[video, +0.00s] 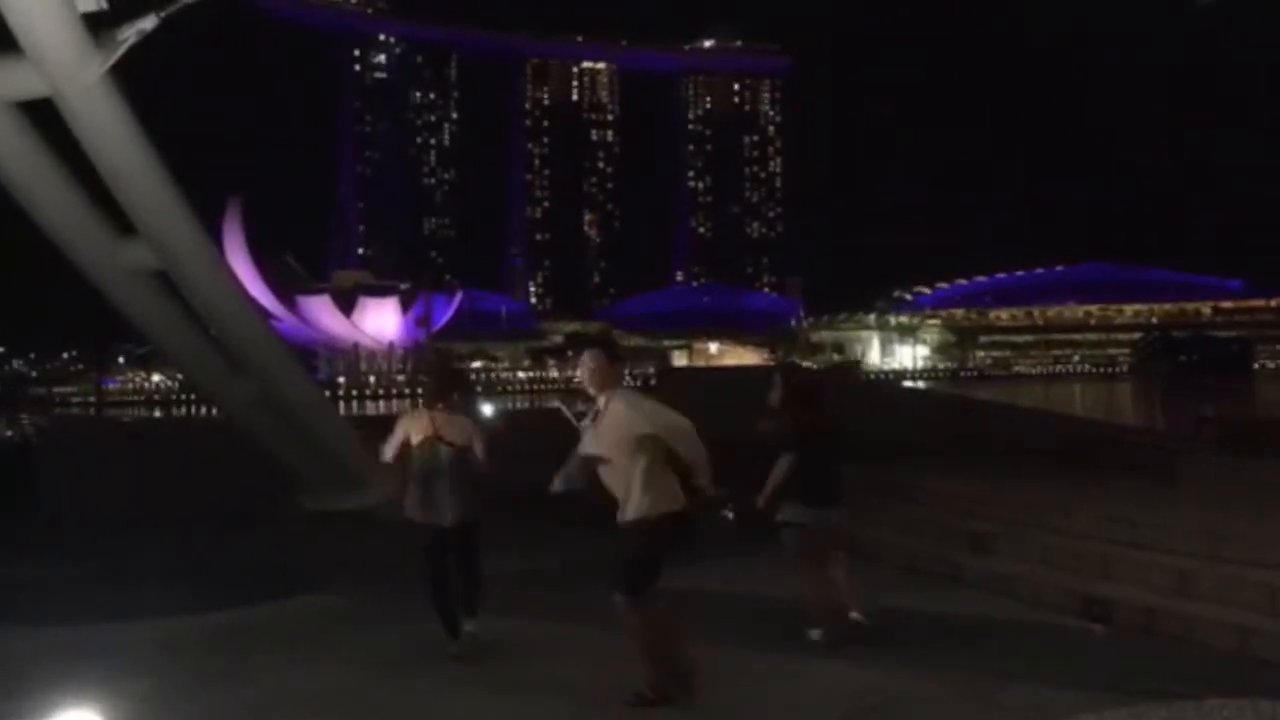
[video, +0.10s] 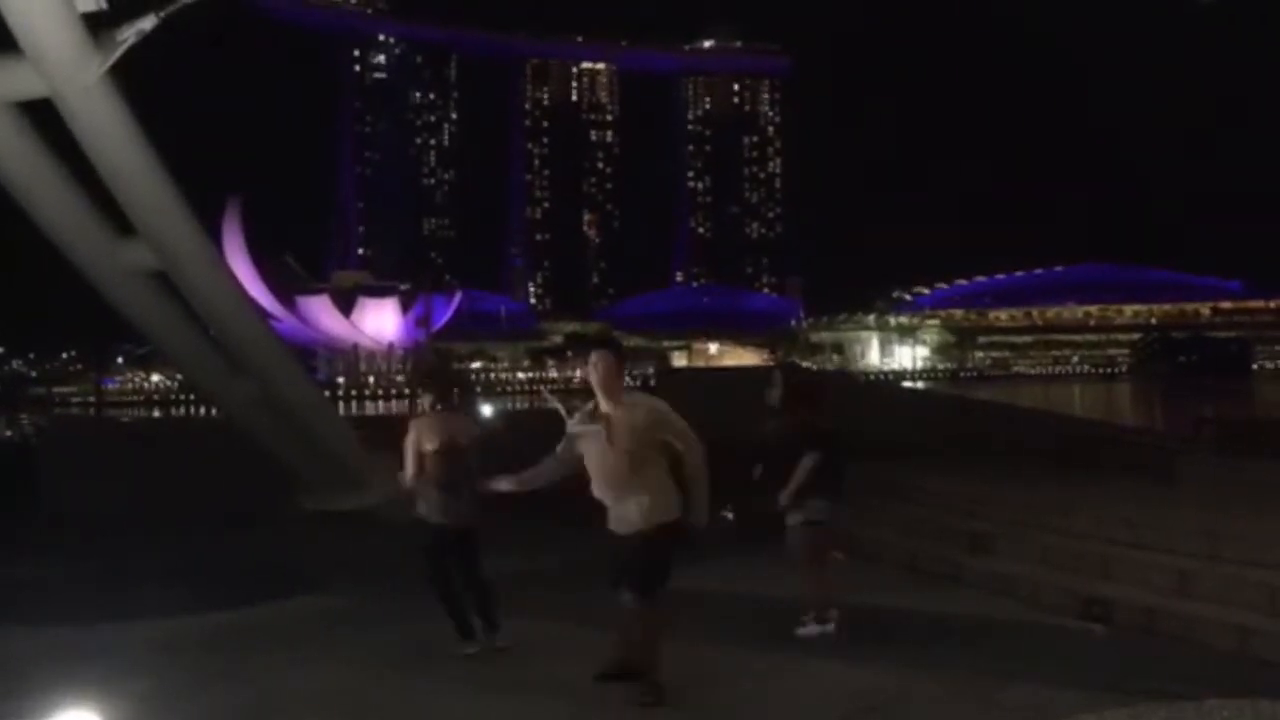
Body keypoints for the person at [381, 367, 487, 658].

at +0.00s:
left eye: (429, 395)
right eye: (449, 396)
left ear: (424, 395)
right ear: (454, 395)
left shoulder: (410, 422)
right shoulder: (465, 425)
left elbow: (388, 455)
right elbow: (480, 462)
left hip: (422, 515)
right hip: (459, 514)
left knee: (435, 572)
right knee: (464, 564)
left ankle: (451, 632)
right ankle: (469, 616)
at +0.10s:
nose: (420, 401)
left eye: (422, 396)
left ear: (425, 396)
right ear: (453, 394)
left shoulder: (419, 427)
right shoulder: (467, 424)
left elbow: (410, 476)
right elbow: (478, 468)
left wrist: (401, 478)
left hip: (434, 517)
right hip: (468, 514)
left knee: (442, 578)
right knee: (473, 571)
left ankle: (467, 637)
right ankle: (492, 630)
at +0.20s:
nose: (412, 412)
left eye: (416, 405)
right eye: (412, 404)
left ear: (426, 405)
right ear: (441, 400)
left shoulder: (432, 431)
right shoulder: (451, 425)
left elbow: (431, 475)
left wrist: (411, 495)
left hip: (443, 519)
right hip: (461, 517)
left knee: (434, 577)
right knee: (472, 573)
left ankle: (467, 635)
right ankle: (499, 630)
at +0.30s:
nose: (399, 417)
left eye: (402, 410)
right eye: (399, 411)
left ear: (416, 411)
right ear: (422, 410)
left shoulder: (425, 435)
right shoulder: (441, 430)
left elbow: (428, 474)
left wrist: (402, 486)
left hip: (451, 518)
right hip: (465, 516)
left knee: (441, 575)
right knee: (452, 573)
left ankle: (469, 634)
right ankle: (481, 623)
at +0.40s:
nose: (390, 420)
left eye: (393, 412)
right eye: (390, 413)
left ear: (408, 413)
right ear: (418, 412)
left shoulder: (419, 438)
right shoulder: (442, 432)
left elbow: (412, 492)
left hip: (442, 520)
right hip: (463, 518)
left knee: (441, 577)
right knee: (447, 577)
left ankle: (468, 636)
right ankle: (467, 634)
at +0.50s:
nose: (387, 431)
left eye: (391, 424)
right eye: (387, 424)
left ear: (407, 424)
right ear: (415, 424)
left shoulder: (411, 455)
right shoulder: (434, 449)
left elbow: (397, 504)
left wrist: (403, 527)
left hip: (433, 527)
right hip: (453, 525)